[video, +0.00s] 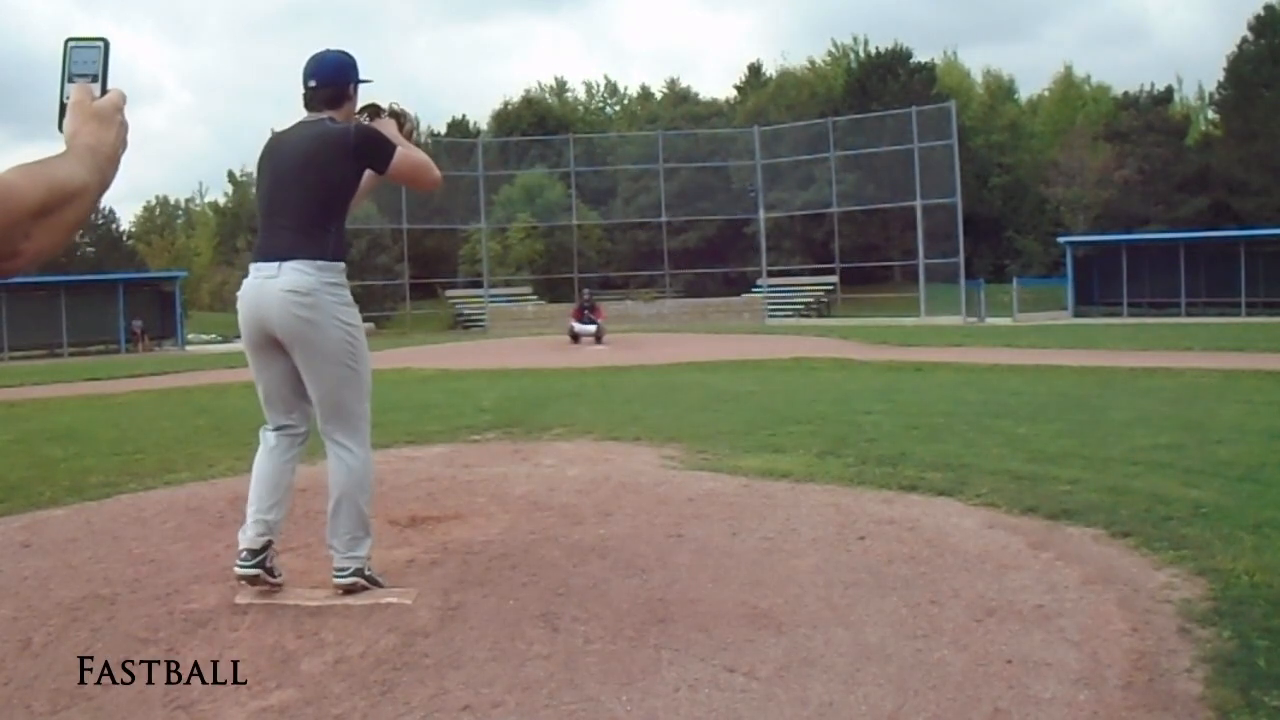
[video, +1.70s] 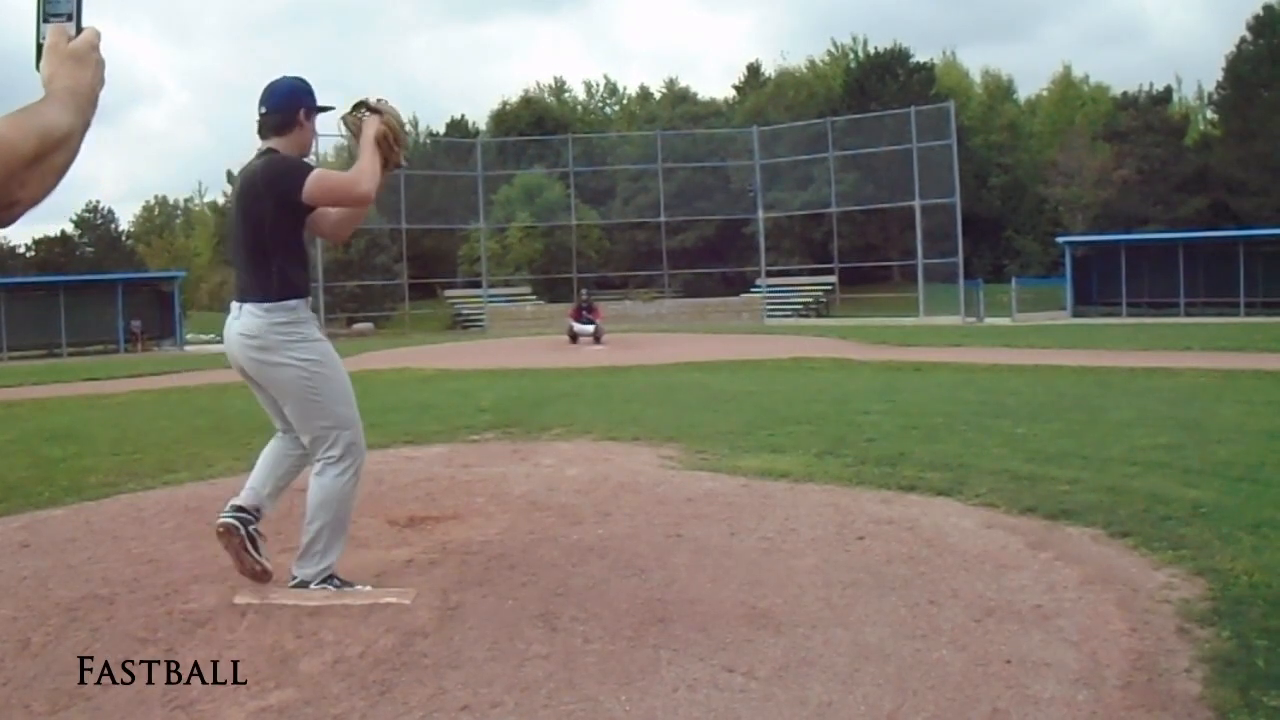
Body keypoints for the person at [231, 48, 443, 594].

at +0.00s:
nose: (356, 98)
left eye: (349, 90)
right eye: (357, 90)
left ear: (306, 94)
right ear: (352, 94)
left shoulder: (276, 143)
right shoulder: (354, 135)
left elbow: (335, 203)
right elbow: (429, 176)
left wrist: (370, 149)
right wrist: (392, 134)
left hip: (255, 292)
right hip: (314, 290)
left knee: (282, 426)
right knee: (347, 437)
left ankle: (253, 551)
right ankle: (350, 564)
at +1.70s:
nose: (317, 127)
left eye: (314, 118)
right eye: (314, 117)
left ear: (268, 122)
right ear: (301, 118)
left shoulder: (255, 176)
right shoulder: (277, 172)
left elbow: (335, 228)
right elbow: (362, 186)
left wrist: (376, 174)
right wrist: (368, 135)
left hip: (246, 331)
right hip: (282, 331)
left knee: (295, 434)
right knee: (341, 446)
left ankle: (243, 513)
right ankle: (314, 574)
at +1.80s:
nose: (318, 129)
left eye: (318, 120)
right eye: (316, 120)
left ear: (272, 121)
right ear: (303, 118)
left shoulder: (286, 176)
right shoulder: (265, 168)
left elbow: (353, 220)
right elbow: (339, 178)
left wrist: (385, 162)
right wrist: (366, 125)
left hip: (292, 324)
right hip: (277, 328)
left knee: (356, 399)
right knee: (340, 444)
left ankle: (282, 494)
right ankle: (313, 573)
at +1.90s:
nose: (322, 142)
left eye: (323, 133)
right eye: (319, 131)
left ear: (284, 125)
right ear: (301, 123)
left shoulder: (301, 179)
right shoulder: (246, 170)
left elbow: (366, 212)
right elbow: (312, 174)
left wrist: (380, 148)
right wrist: (349, 121)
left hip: (314, 320)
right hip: (277, 331)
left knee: (396, 371)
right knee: (341, 450)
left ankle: (349, 477)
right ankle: (312, 574)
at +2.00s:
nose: (319, 144)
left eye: (321, 137)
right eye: (314, 134)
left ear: (292, 138)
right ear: (294, 131)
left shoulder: (310, 182)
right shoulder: (236, 175)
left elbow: (377, 207)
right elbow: (281, 178)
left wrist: (367, 142)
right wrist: (326, 117)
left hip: (324, 316)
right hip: (277, 334)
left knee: (420, 329)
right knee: (344, 451)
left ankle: (420, 455)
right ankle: (312, 574)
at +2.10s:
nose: (331, 153)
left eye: (333, 142)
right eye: (322, 143)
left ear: (326, 148)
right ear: (292, 146)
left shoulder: (322, 189)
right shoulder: (240, 189)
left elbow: (385, 206)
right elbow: (263, 194)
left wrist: (357, 145)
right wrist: (302, 125)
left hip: (328, 313)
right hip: (285, 335)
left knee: (402, 284)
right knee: (348, 449)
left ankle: (445, 410)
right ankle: (314, 572)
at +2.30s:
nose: (310, 179)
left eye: (318, 170)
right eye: (303, 170)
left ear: (333, 175)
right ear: (289, 173)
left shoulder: (344, 209)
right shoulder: (259, 222)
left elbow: (419, 216)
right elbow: (241, 272)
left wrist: (357, 186)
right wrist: (281, 207)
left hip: (355, 330)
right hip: (308, 349)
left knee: (365, 257)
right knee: (353, 448)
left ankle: (399, 378)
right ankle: (320, 570)